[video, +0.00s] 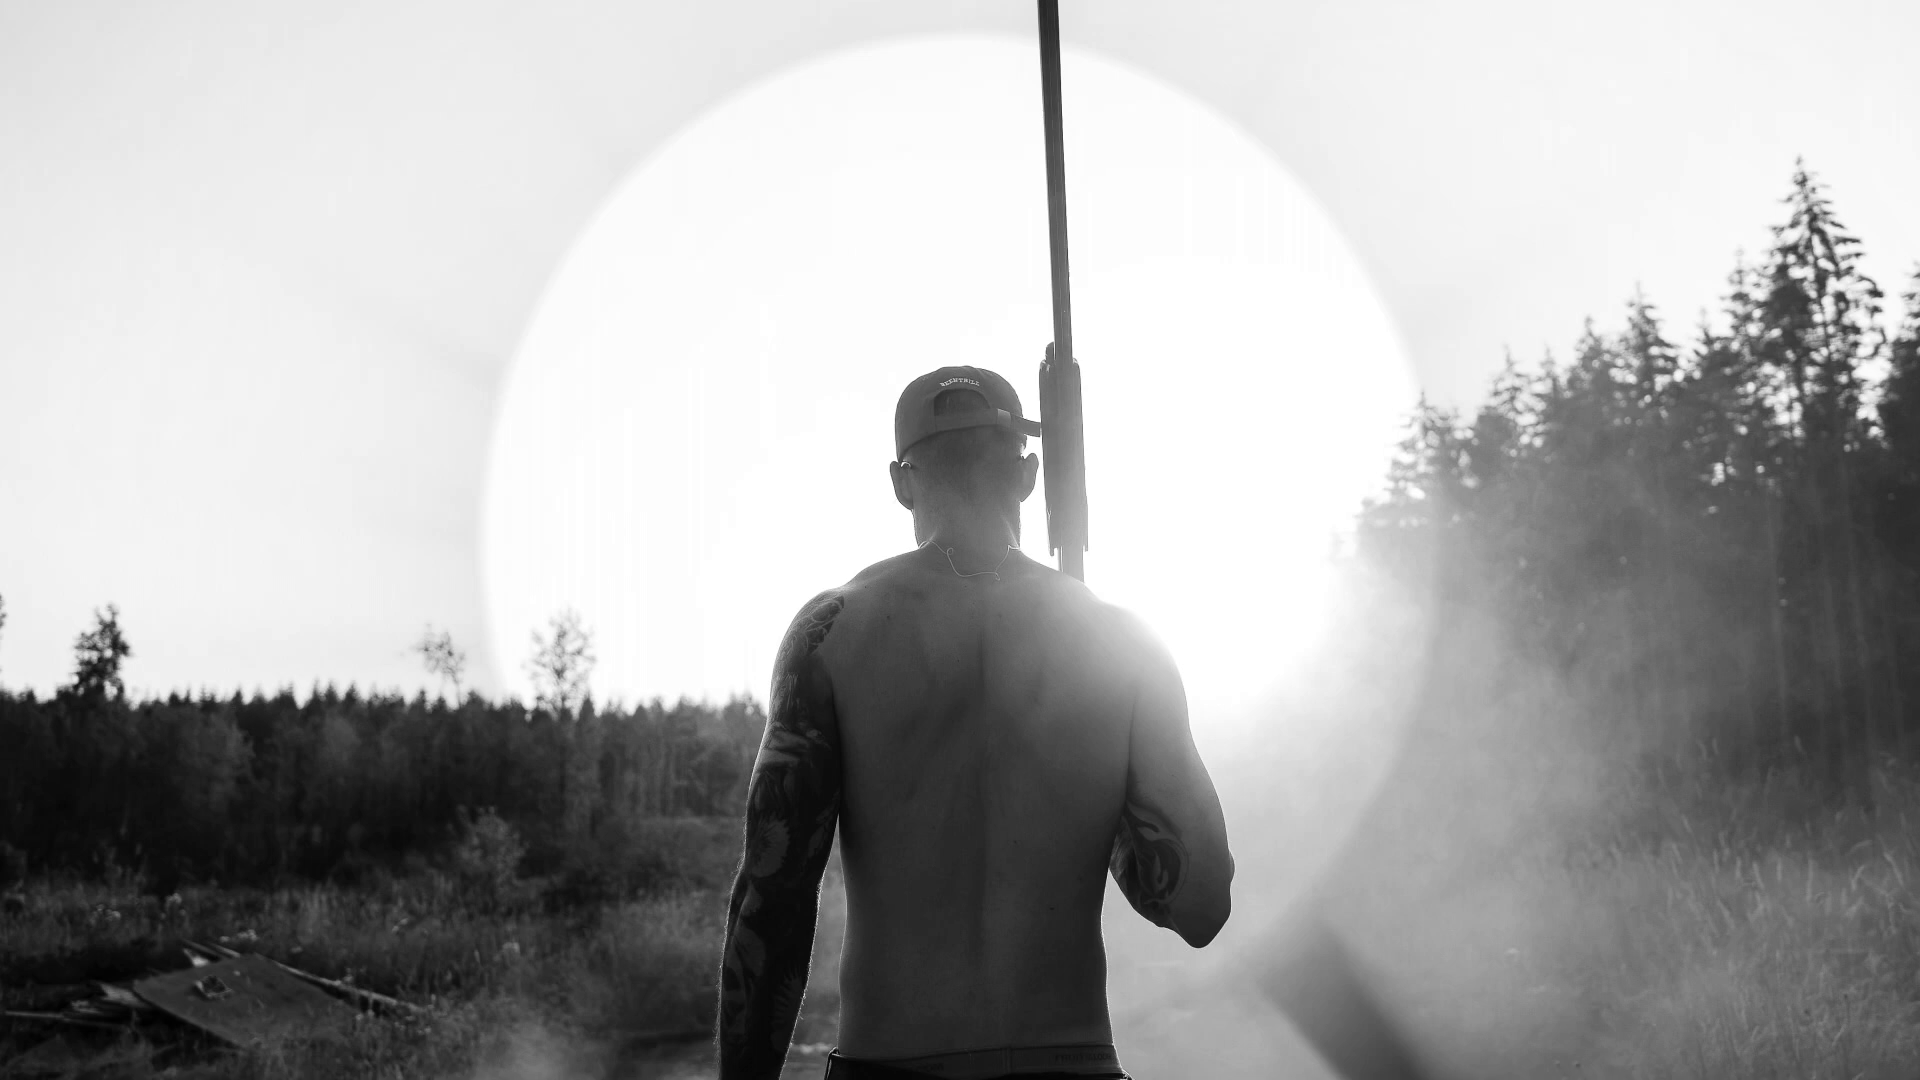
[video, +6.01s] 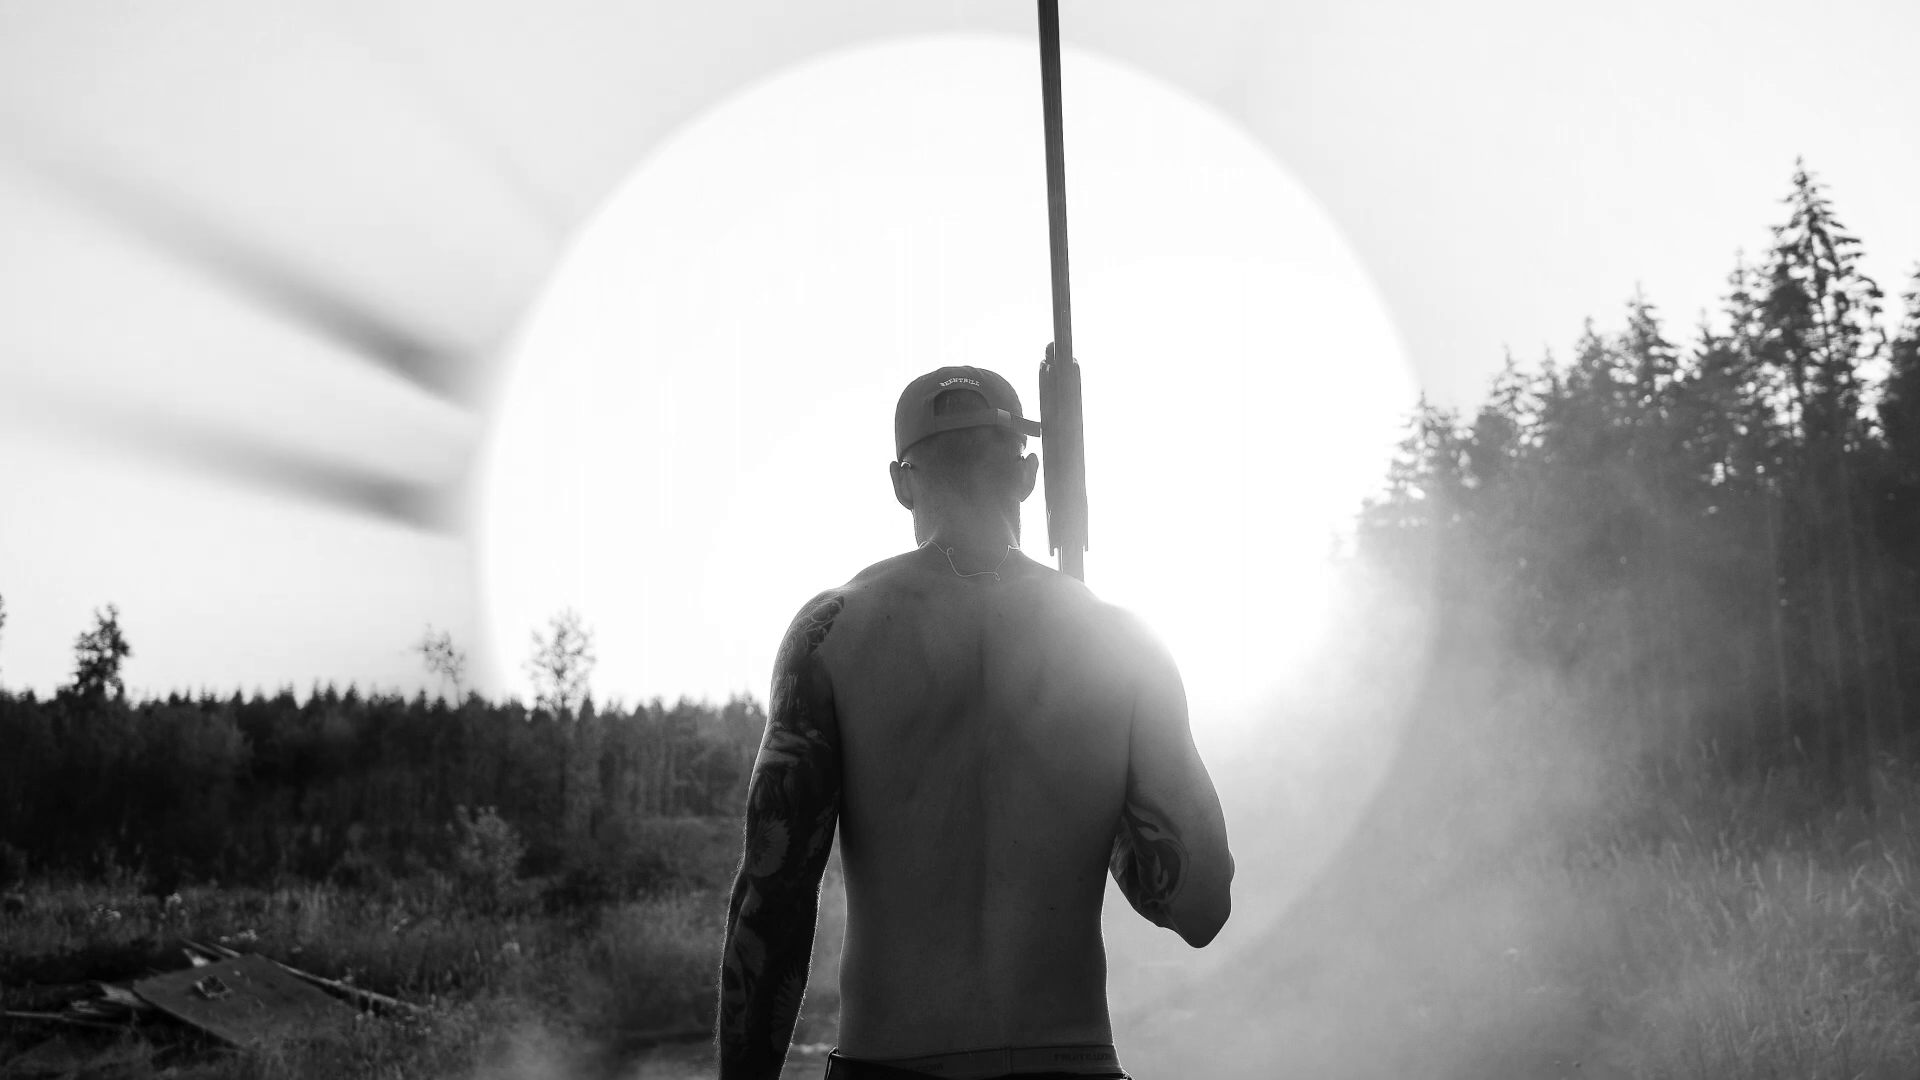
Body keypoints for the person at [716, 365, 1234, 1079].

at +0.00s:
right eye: (1018, 452)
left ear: (902, 484)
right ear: (1028, 476)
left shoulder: (832, 630)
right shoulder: (1122, 641)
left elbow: (773, 886)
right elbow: (1201, 904)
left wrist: (748, 1063)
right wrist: (1100, 803)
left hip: (886, 1045)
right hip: (1066, 1045)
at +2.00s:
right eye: (1017, 450)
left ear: (903, 486)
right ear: (1027, 476)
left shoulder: (832, 630)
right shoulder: (1121, 641)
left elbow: (773, 884)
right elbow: (1201, 904)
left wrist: (747, 1063)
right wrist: (1102, 803)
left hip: (887, 1045)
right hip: (1068, 1045)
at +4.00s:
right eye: (1017, 450)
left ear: (903, 486)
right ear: (1027, 476)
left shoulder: (832, 630)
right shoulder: (1121, 641)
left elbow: (773, 884)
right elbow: (1201, 904)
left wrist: (747, 1063)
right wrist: (1102, 803)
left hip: (887, 1045)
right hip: (1067, 1045)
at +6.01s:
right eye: (1015, 448)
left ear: (903, 486)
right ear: (1028, 477)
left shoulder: (831, 630)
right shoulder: (1121, 641)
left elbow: (773, 886)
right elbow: (1201, 905)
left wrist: (747, 1063)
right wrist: (1101, 800)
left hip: (886, 1046)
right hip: (1068, 1046)